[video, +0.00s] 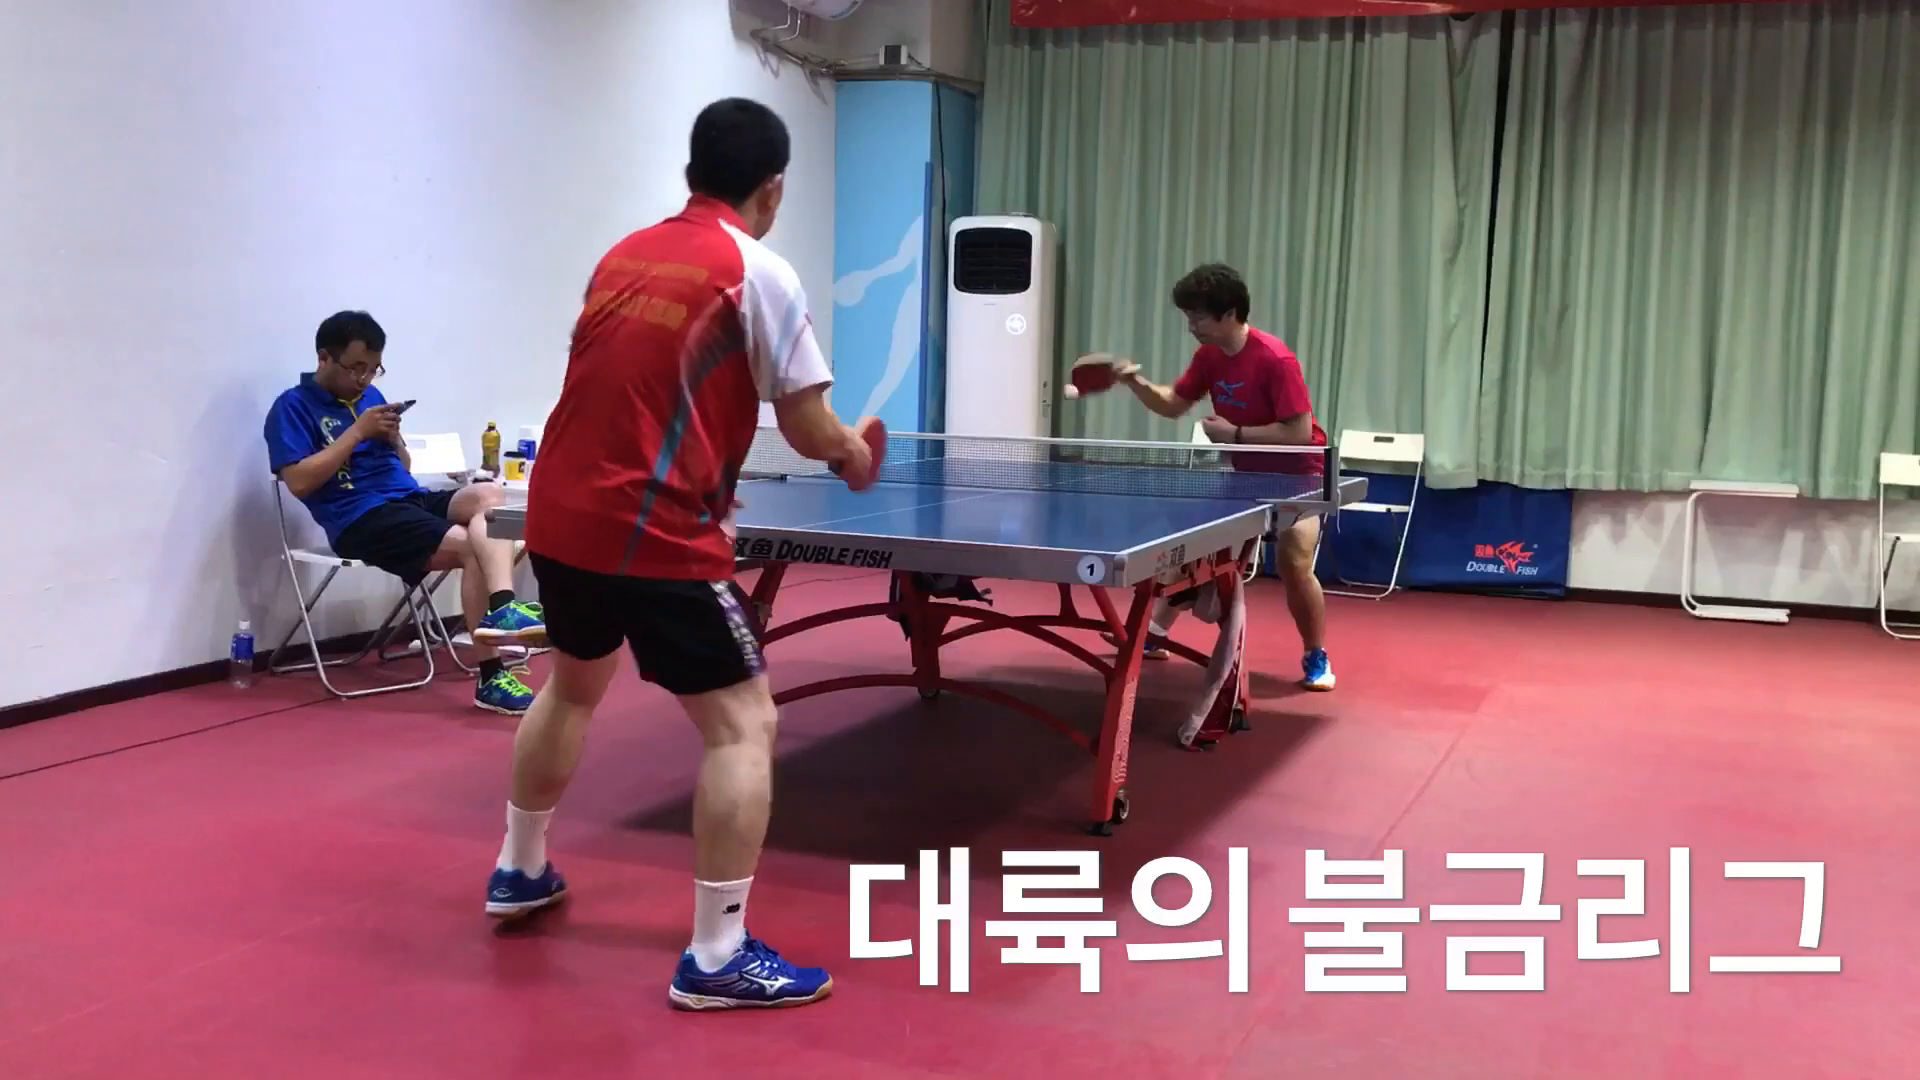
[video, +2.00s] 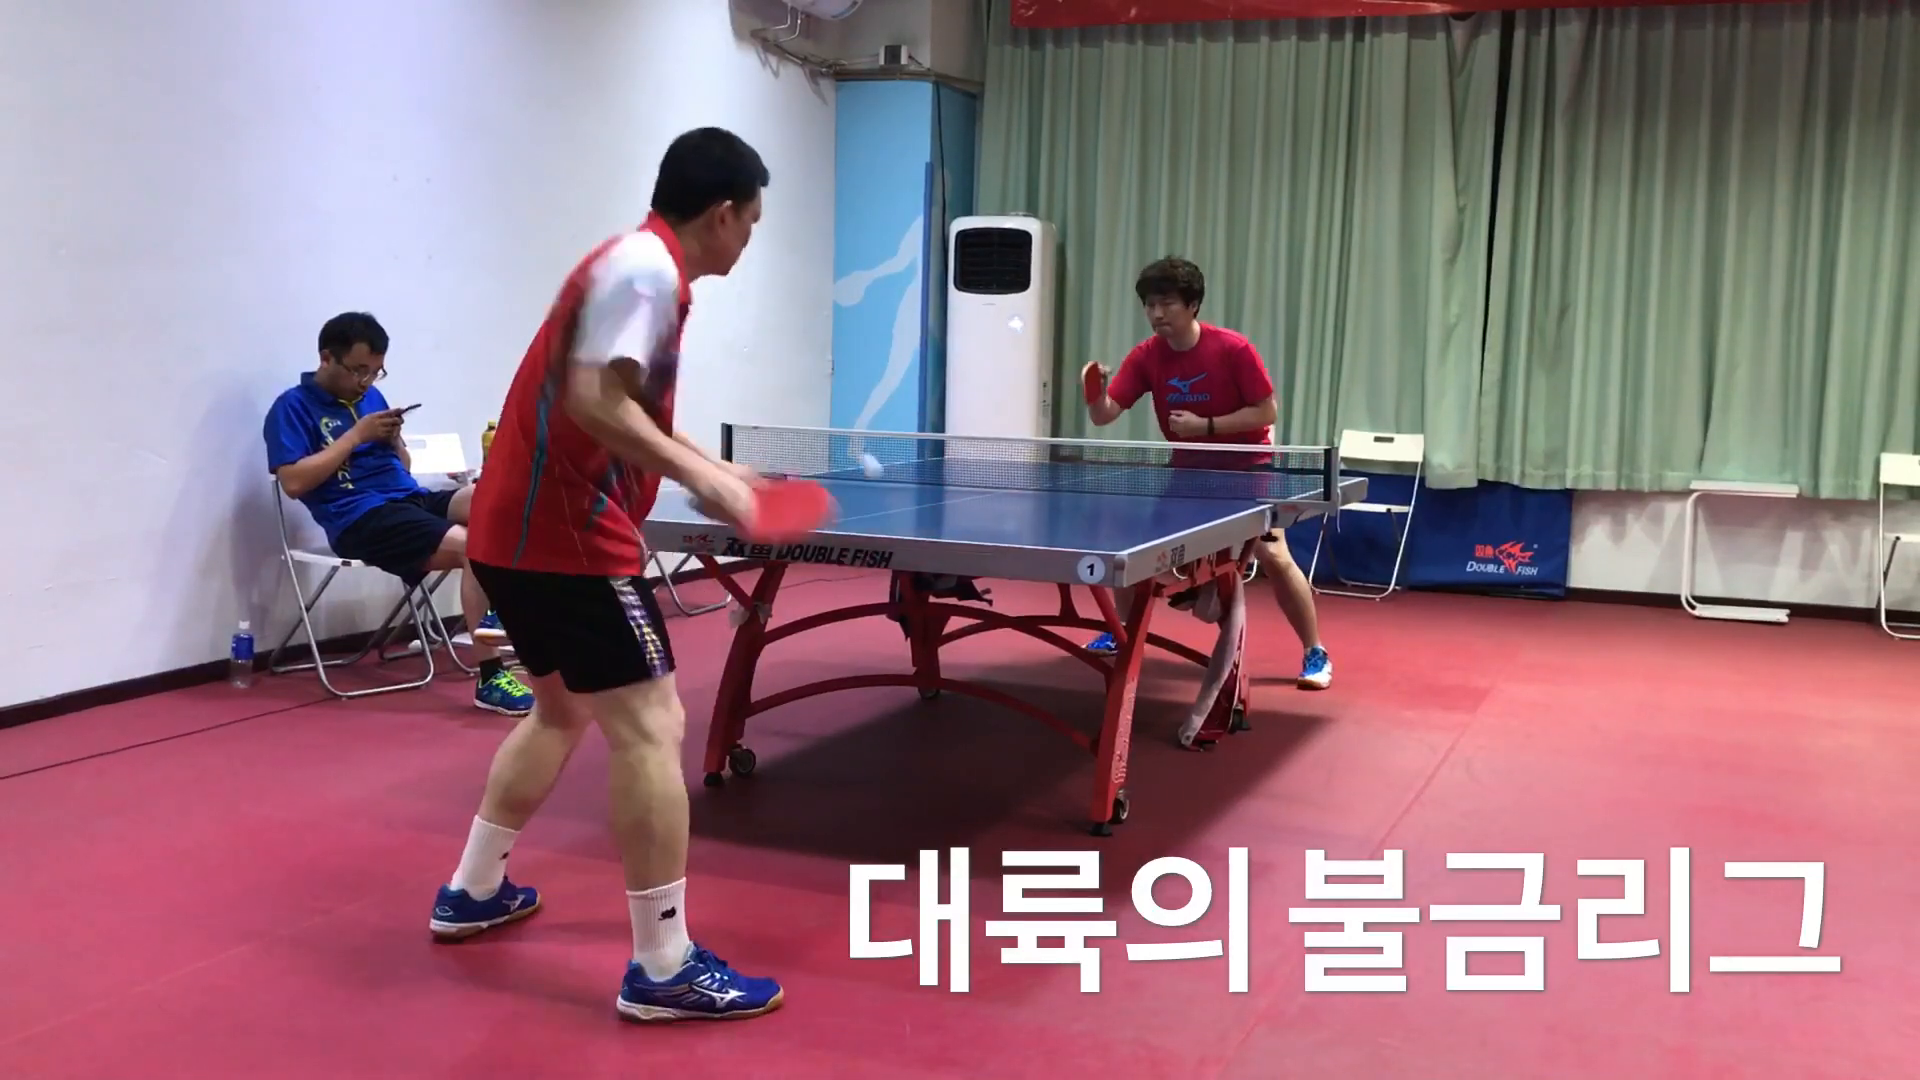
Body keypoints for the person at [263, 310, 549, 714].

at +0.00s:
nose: (364, 379)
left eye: (371, 370)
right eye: (356, 368)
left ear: (377, 365)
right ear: (324, 359)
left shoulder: (369, 396)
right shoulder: (292, 408)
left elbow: (404, 466)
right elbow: (299, 483)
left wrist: (393, 436)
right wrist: (358, 431)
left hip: (409, 501)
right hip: (363, 518)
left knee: (489, 494)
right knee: (479, 549)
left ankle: (503, 605)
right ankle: (492, 678)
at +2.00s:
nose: (366, 382)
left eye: (374, 372)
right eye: (358, 371)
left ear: (380, 366)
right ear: (327, 358)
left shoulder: (370, 398)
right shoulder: (291, 408)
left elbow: (404, 467)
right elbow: (294, 483)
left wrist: (393, 438)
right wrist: (358, 434)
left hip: (409, 500)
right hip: (361, 519)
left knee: (484, 499)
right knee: (477, 548)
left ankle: (496, 611)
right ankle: (491, 677)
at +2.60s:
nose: (366, 383)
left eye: (374, 373)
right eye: (358, 371)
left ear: (379, 367)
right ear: (326, 360)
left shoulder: (370, 397)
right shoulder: (291, 408)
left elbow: (403, 467)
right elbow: (293, 482)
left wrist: (393, 438)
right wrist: (354, 434)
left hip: (410, 499)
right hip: (364, 519)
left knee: (489, 506)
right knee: (474, 547)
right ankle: (490, 675)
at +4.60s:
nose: (368, 382)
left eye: (375, 372)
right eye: (359, 371)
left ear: (381, 364)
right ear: (326, 358)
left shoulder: (370, 397)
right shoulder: (291, 407)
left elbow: (404, 468)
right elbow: (300, 482)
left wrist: (393, 437)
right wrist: (360, 432)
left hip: (411, 500)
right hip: (363, 520)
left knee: (492, 501)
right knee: (477, 548)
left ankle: (495, 613)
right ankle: (493, 675)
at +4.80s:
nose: (366, 381)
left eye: (373, 372)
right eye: (357, 370)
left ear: (379, 367)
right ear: (324, 360)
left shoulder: (369, 395)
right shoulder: (292, 407)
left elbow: (403, 466)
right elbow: (300, 481)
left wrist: (392, 436)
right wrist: (360, 431)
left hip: (412, 502)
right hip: (364, 519)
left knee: (502, 524)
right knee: (478, 549)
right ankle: (490, 676)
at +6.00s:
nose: (365, 382)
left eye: (372, 372)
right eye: (357, 371)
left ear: (378, 367)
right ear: (325, 360)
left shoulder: (369, 397)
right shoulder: (291, 408)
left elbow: (403, 466)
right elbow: (296, 482)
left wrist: (391, 435)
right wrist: (358, 433)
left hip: (410, 502)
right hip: (363, 519)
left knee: (502, 536)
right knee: (478, 555)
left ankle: (507, 673)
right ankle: (506, 680)